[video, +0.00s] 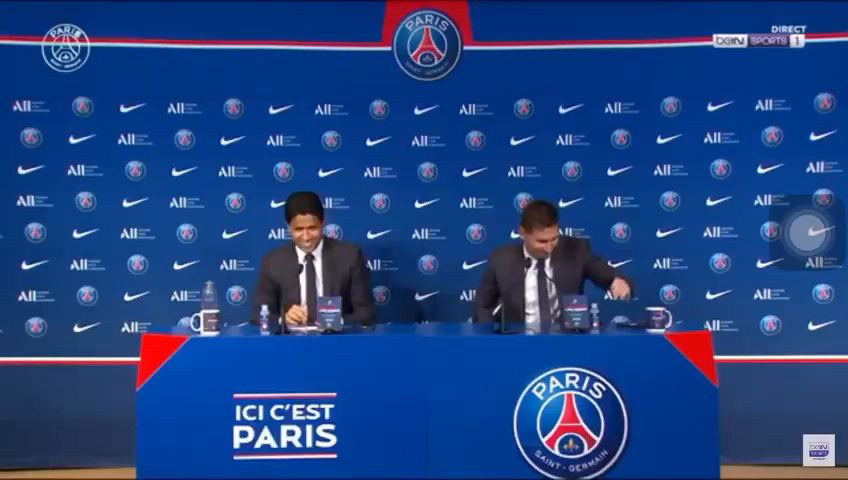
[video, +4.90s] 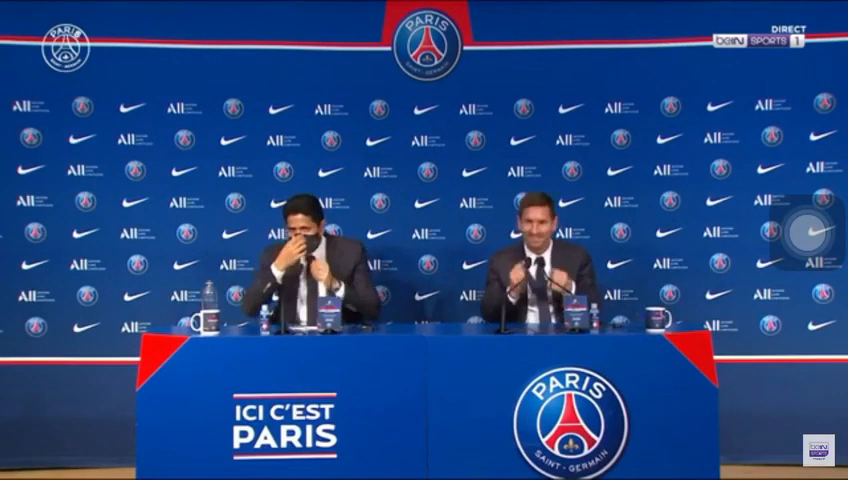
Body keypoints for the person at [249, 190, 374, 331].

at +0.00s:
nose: (306, 236)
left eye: (312, 228)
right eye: (299, 229)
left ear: (322, 223)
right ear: (289, 228)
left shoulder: (350, 256)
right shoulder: (273, 261)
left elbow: (365, 315)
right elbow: (259, 317)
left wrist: (328, 322)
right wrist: (283, 319)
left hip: (338, 347)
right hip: (290, 348)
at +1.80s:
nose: (310, 244)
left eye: (317, 237)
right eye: (304, 237)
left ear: (326, 230)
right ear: (293, 232)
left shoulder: (352, 255)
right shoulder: (274, 260)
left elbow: (372, 312)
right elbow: (254, 315)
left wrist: (351, 311)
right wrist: (277, 317)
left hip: (339, 345)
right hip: (290, 346)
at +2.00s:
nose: (310, 246)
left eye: (316, 238)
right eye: (303, 239)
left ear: (326, 231)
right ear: (293, 233)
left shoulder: (352, 254)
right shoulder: (274, 258)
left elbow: (375, 312)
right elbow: (248, 314)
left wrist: (353, 301)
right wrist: (268, 302)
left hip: (341, 345)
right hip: (289, 346)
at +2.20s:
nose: (309, 247)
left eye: (315, 240)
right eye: (302, 241)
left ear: (326, 232)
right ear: (293, 234)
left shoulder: (351, 253)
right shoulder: (275, 256)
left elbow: (378, 311)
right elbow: (244, 313)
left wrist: (352, 279)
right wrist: (266, 280)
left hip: (340, 347)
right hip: (291, 347)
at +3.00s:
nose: (308, 246)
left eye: (315, 239)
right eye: (301, 239)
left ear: (326, 232)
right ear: (291, 235)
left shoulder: (345, 254)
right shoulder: (277, 258)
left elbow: (384, 292)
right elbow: (236, 302)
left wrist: (355, 252)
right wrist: (259, 257)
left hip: (341, 345)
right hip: (291, 346)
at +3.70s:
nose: (297, 239)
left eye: (304, 233)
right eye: (292, 233)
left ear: (319, 228)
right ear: (284, 231)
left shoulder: (349, 250)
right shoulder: (275, 256)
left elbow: (376, 299)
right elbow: (237, 302)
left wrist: (339, 266)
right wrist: (255, 254)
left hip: (337, 346)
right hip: (289, 347)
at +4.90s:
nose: (299, 236)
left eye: (305, 229)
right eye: (292, 230)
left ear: (321, 226)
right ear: (286, 229)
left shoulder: (350, 251)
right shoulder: (274, 254)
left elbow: (373, 309)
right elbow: (250, 308)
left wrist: (334, 284)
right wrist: (278, 267)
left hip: (337, 343)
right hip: (289, 343)